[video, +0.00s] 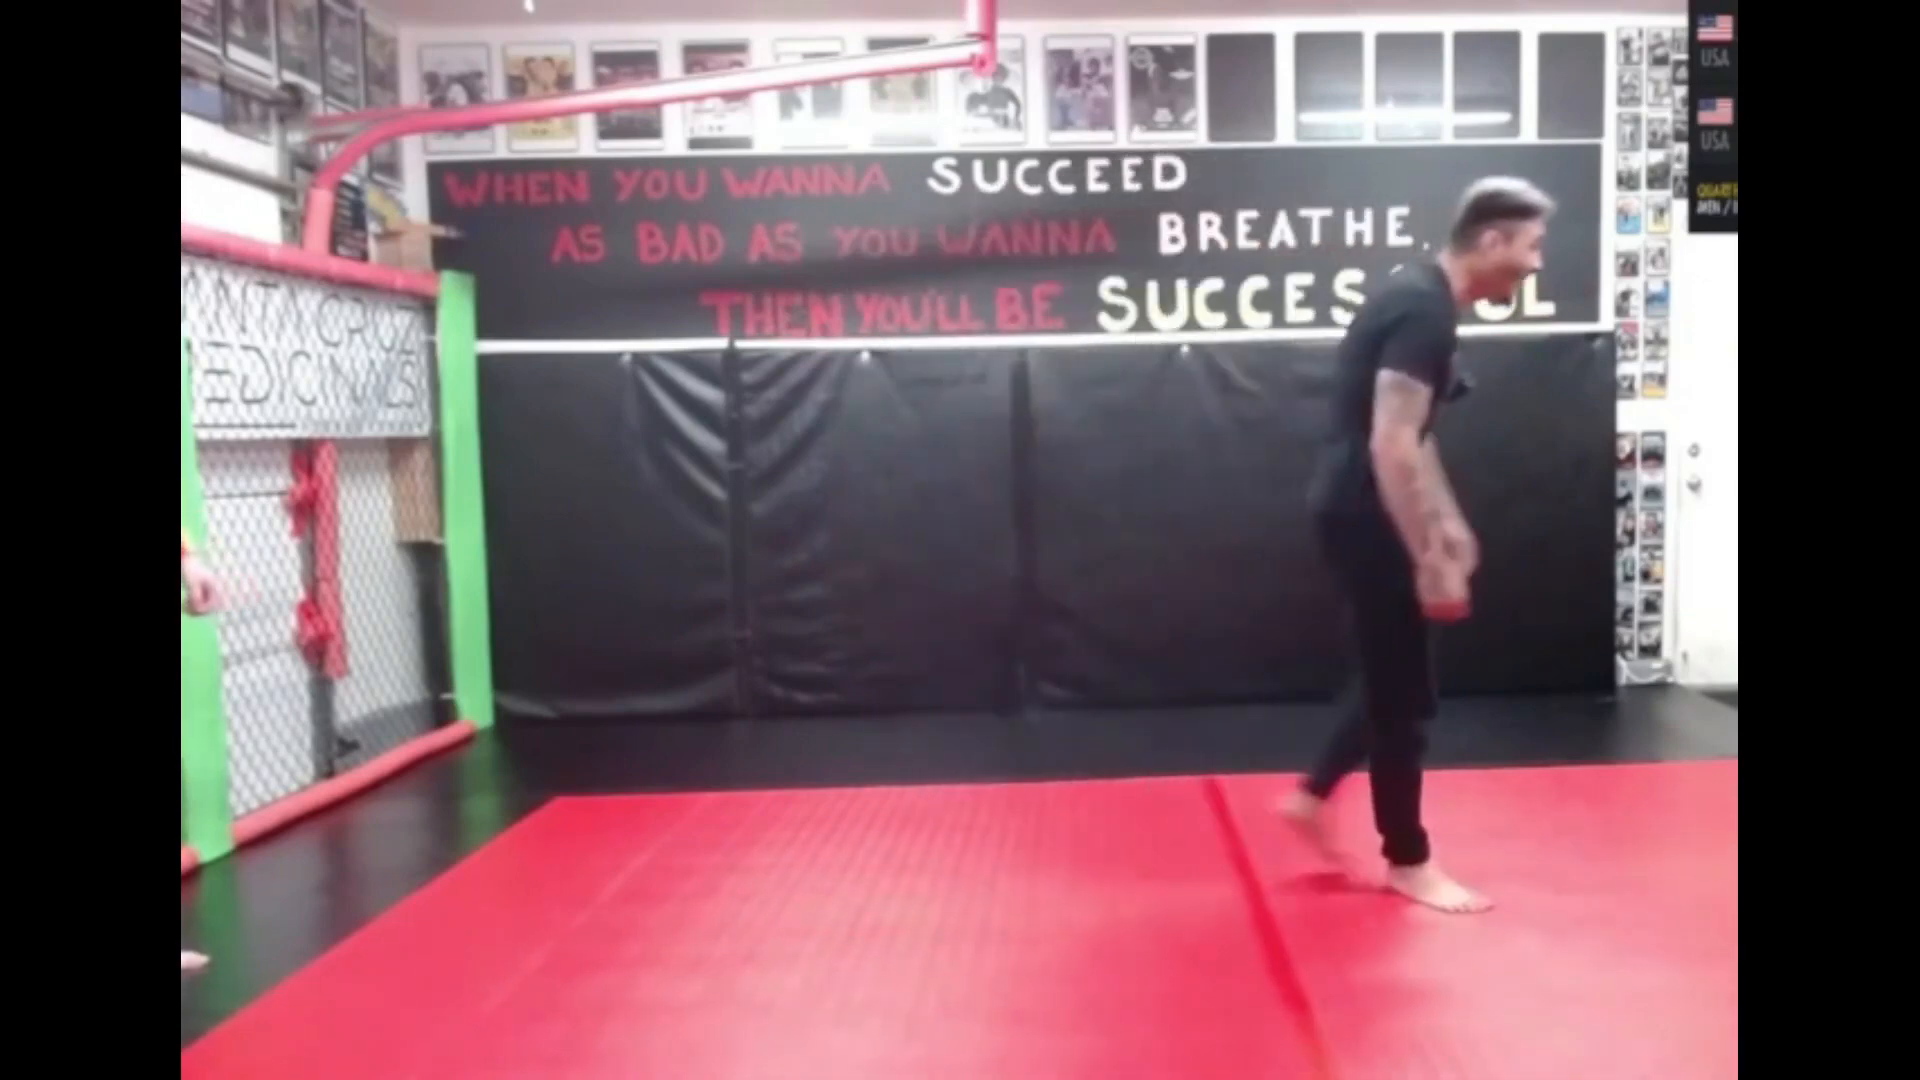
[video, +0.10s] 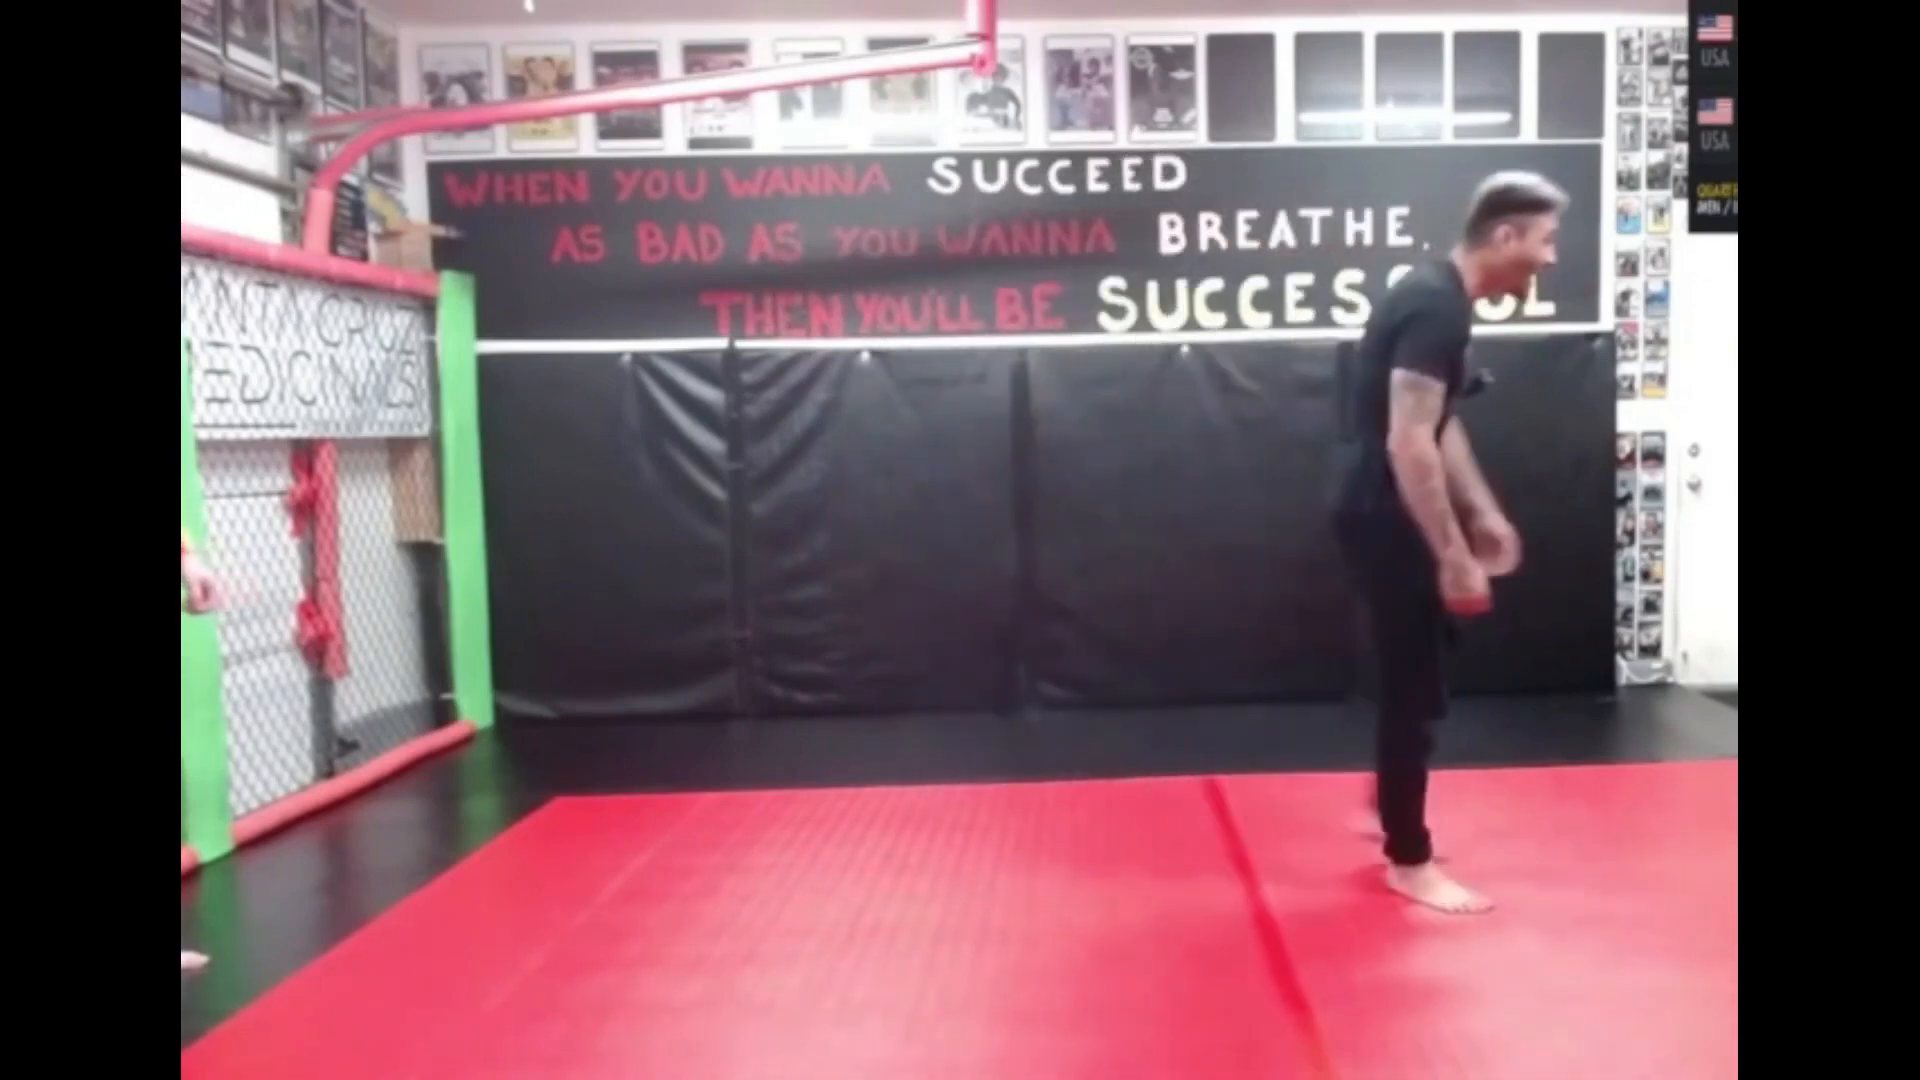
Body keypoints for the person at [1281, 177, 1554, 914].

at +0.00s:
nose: (1533, 266)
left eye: (1537, 250)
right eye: (1529, 248)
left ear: (1487, 242)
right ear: (1489, 240)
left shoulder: (1424, 302)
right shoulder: (1423, 312)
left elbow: (1415, 435)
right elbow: (1390, 445)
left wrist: (1449, 523)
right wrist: (1426, 556)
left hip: (1374, 510)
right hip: (1365, 517)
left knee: (1392, 675)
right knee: (1402, 688)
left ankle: (1311, 794)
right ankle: (1407, 862)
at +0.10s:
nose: (1547, 259)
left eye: (1550, 243)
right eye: (1542, 241)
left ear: (1497, 236)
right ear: (1502, 235)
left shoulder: (1441, 299)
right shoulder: (1435, 308)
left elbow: (1442, 423)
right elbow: (1408, 440)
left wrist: (1483, 512)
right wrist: (1449, 553)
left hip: (1397, 512)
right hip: (1387, 519)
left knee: (1413, 677)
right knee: (1414, 682)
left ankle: (1396, 818)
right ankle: (1410, 860)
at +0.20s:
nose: (1562, 250)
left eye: (1564, 234)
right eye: (1555, 233)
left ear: (1510, 231)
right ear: (1512, 229)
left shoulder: (1471, 305)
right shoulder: (1440, 305)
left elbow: (1479, 419)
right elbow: (1418, 439)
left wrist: (1527, 511)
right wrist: (1465, 552)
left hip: (1448, 511)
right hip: (1409, 517)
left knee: (1475, 651)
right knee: (1425, 675)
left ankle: (1479, 801)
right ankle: (1412, 860)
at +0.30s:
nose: (1565, 243)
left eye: (1566, 228)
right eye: (1556, 227)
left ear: (1514, 228)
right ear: (1508, 225)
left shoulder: (1493, 307)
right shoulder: (1438, 302)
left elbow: (1505, 417)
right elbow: (1417, 439)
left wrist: (1549, 513)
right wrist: (1462, 549)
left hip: (1466, 497)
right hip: (1415, 505)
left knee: (1501, 645)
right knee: (1439, 675)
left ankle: (1513, 791)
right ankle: (1413, 858)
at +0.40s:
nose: (1550, 234)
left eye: (1554, 221)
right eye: (1537, 219)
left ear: (1546, 232)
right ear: (1488, 223)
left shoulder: (1525, 310)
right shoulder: (1434, 308)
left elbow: (1541, 413)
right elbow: (1403, 435)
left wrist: (1572, 509)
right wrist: (1439, 547)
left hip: (1517, 504)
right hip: (1456, 509)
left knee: (1531, 654)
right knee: (1457, 674)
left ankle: (1527, 795)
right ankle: (1420, 856)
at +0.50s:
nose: (1537, 231)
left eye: (1545, 219)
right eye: (1522, 218)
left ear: (1551, 232)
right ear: (1482, 227)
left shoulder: (1548, 308)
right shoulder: (1436, 312)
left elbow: (1567, 413)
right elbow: (1396, 428)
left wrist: (1586, 503)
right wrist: (1414, 537)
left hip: (1534, 508)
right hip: (1460, 509)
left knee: (1538, 661)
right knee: (1462, 667)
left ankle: (1523, 799)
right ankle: (1426, 851)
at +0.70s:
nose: (1526, 239)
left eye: (1540, 227)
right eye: (1515, 224)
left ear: (1559, 238)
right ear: (1492, 229)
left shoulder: (1574, 309)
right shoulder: (1447, 307)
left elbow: (1595, 407)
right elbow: (1406, 408)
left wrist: (1624, 485)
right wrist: (1383, 508)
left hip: (1539, 506)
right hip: (1455, 501)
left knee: (1535, 654)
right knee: (1450, 651)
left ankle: (1523, 800)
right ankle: (1439, 813)